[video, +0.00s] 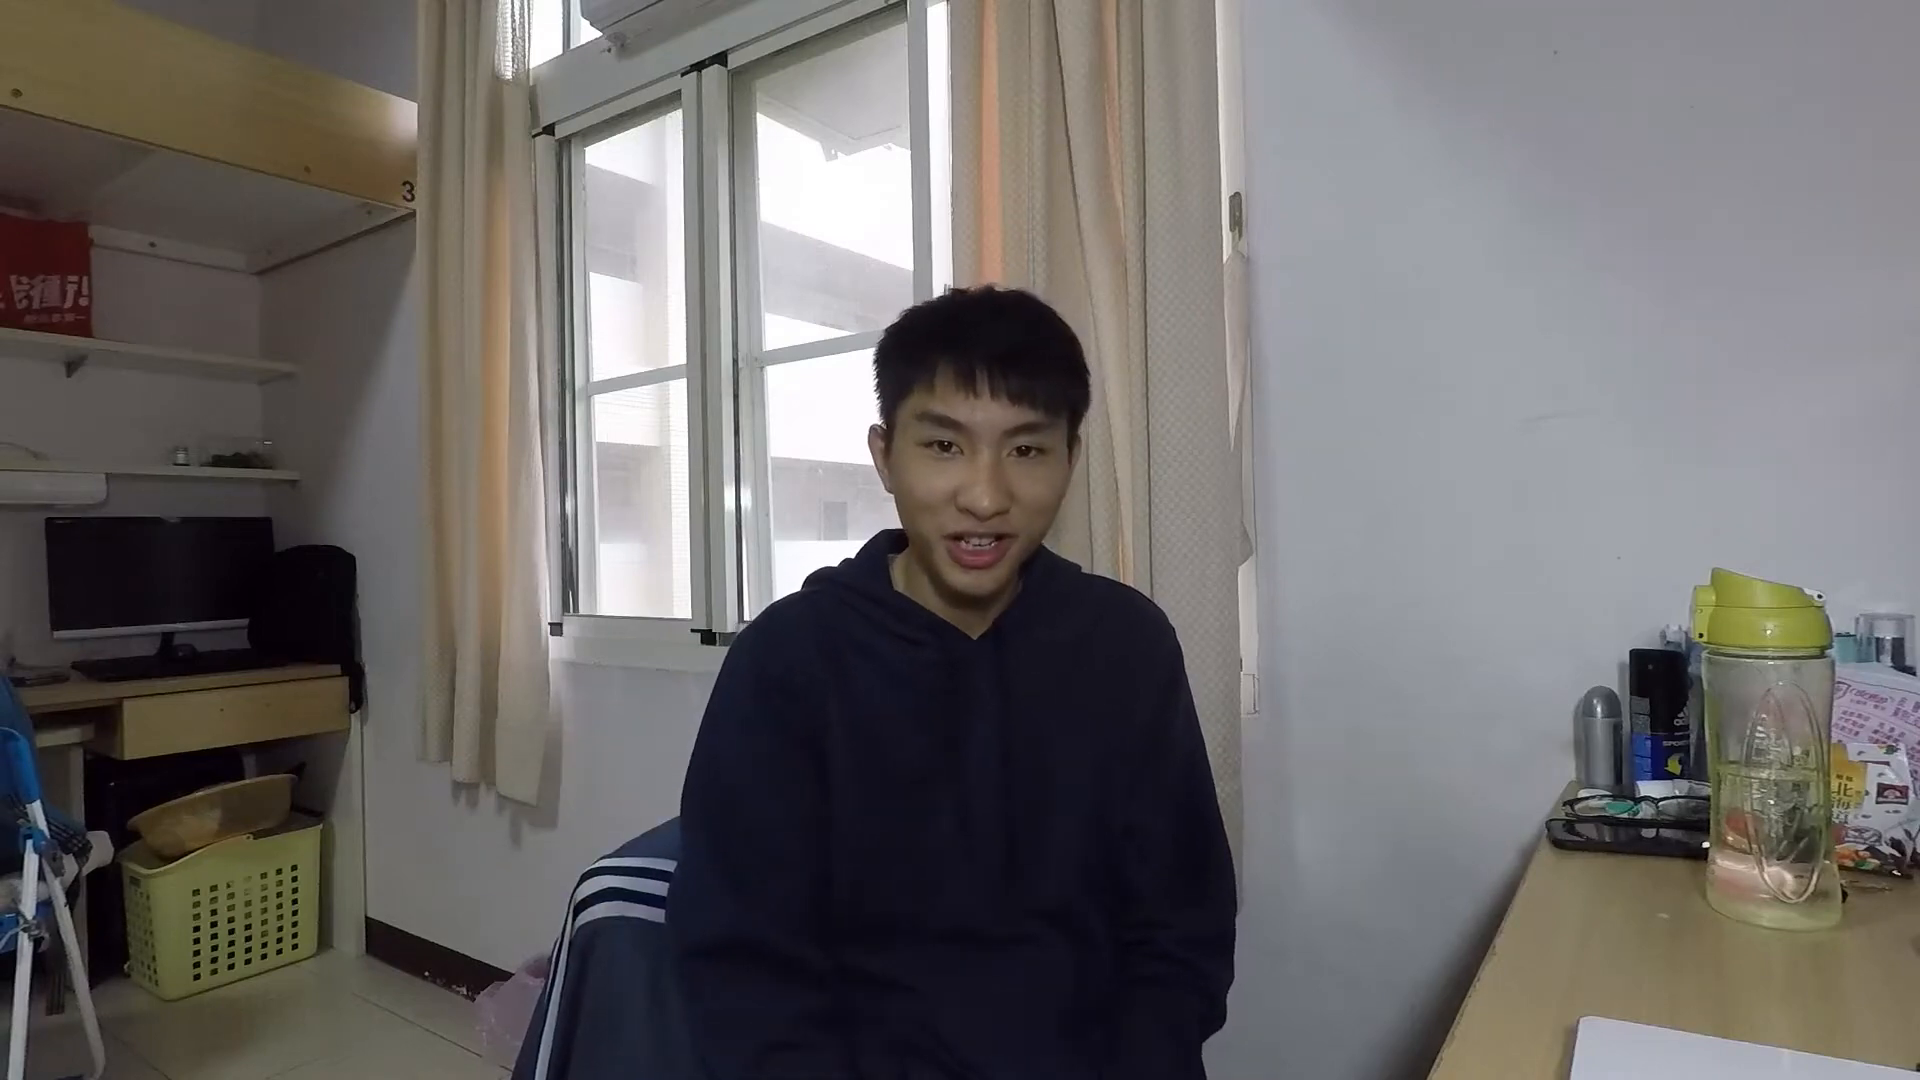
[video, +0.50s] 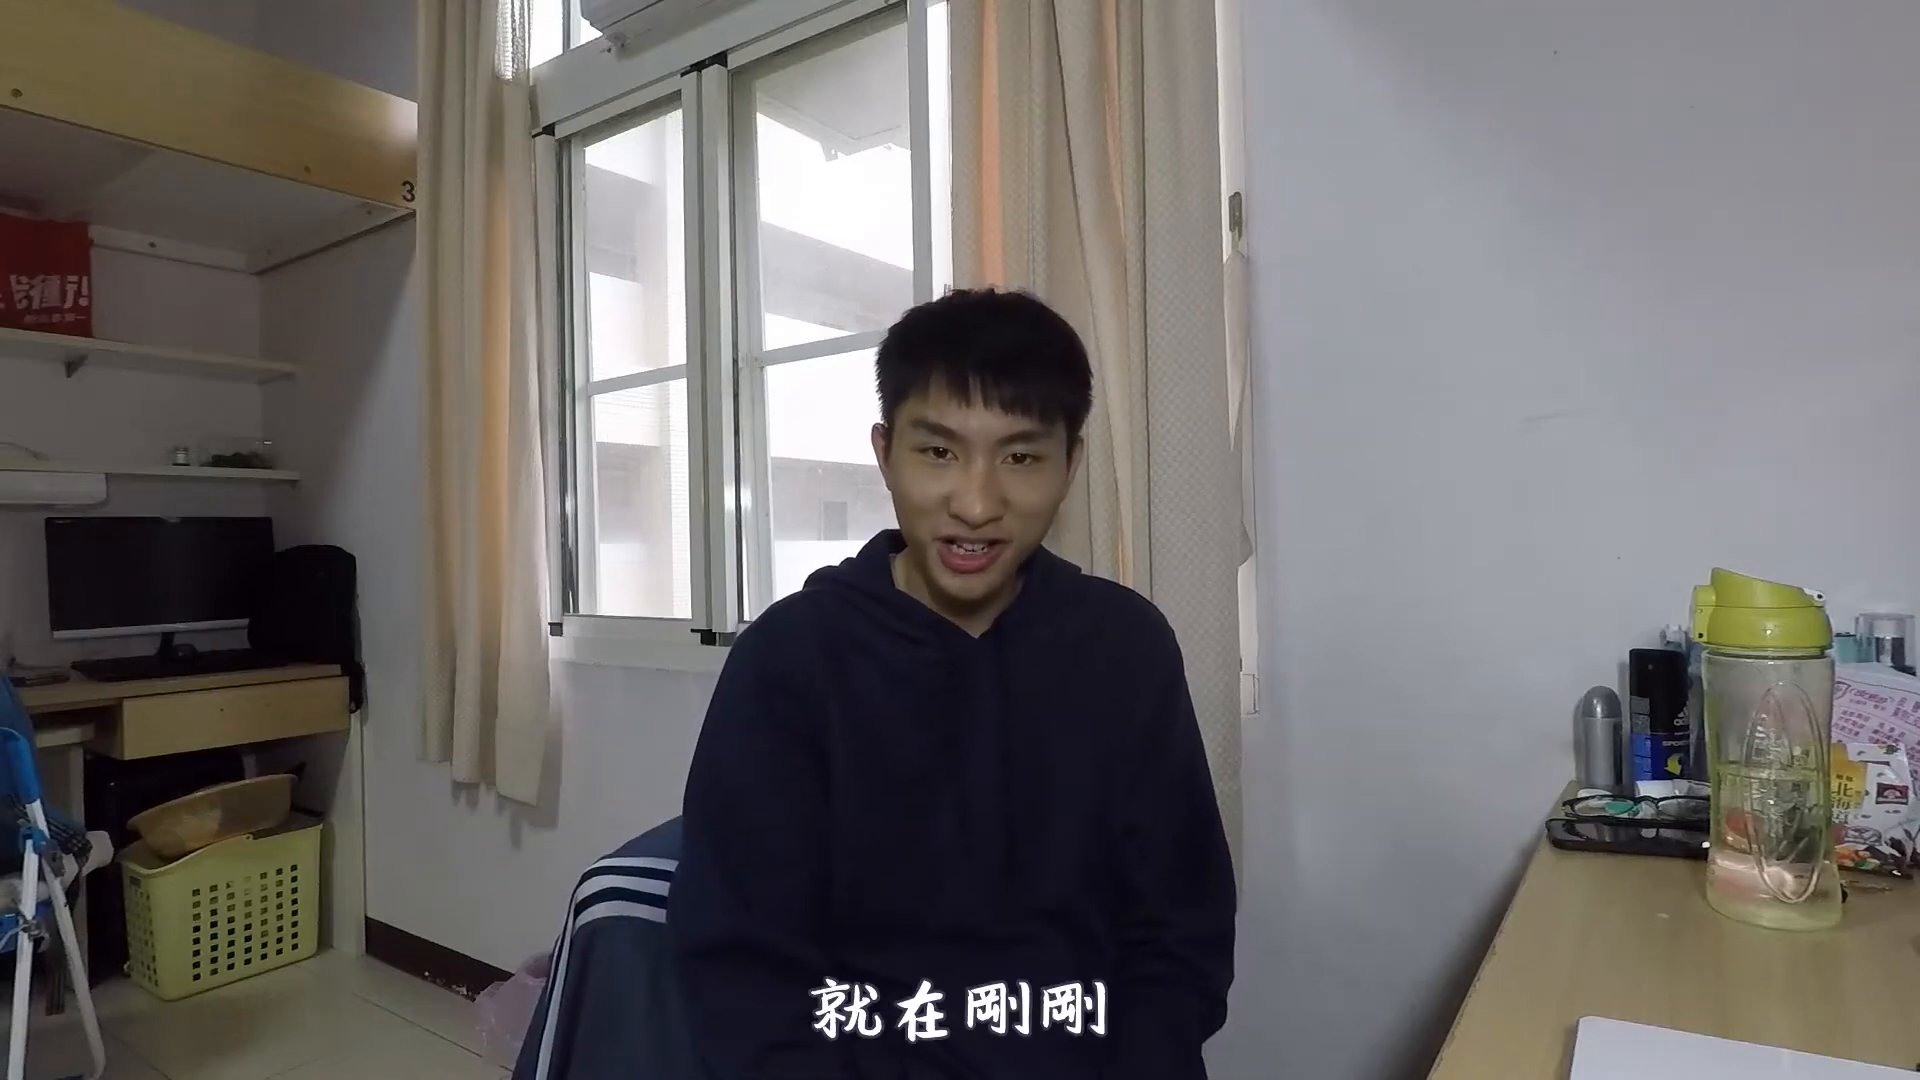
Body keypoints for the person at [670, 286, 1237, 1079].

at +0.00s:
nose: (985, 496)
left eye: (1027, 450)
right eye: (943, 445)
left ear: (1070, 462)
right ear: (883, 453)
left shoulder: (1129, 645)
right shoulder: (785, 661)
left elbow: (1187, 929)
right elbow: (736, 961)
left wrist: (1145, 1060)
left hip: (1084, 1051)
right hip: (862, 1054)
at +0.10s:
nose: (981, 498)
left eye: (1022, 451)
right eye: (939, 447)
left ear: (1068, 461)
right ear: (882, 455)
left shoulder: (1129, 645)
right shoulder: (785, 661)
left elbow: (1189, 929)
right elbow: (736, 961)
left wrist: (1145, 1060)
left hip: (1084, 1051)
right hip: (862, 1053)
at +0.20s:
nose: (979, 502)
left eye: (1021, 453)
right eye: (937, 450)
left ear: (1068, 462)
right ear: (881, 455)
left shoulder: (1129, 646)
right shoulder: (786, 661)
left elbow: (1188, 935)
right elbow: (731, 962)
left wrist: (1140, 1062)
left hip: (1079, 1050)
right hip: (858, 1051)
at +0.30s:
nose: (978, 501)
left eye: (1021, 454)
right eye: (937, 450)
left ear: (1069, 463)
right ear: (882, 453)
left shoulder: (1129, 647)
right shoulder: (786, 661)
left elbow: (1188, 936)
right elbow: (731, 964)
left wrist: (1138, 1062)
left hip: (1080, 1052)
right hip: (857, 1051)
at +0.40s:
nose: (978, 500)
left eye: (1022, 453)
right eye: (938, 448)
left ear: (1069, 462)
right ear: (883, 450)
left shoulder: (1129, 646)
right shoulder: (787, 658)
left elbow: (1187, 935)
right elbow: (731, 962)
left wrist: (1139, 1062)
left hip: (1079, 1051)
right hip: (857, 1051)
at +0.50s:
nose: (976, 504)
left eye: (1021, 457)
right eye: (937, 451)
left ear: (1069, 467)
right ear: (883, 451)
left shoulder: (1128, 648)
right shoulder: (786, 660)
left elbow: (1186, 935)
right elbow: (731, 962)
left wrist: (1138, 1062)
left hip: (1078, 1051)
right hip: (857, 1051)